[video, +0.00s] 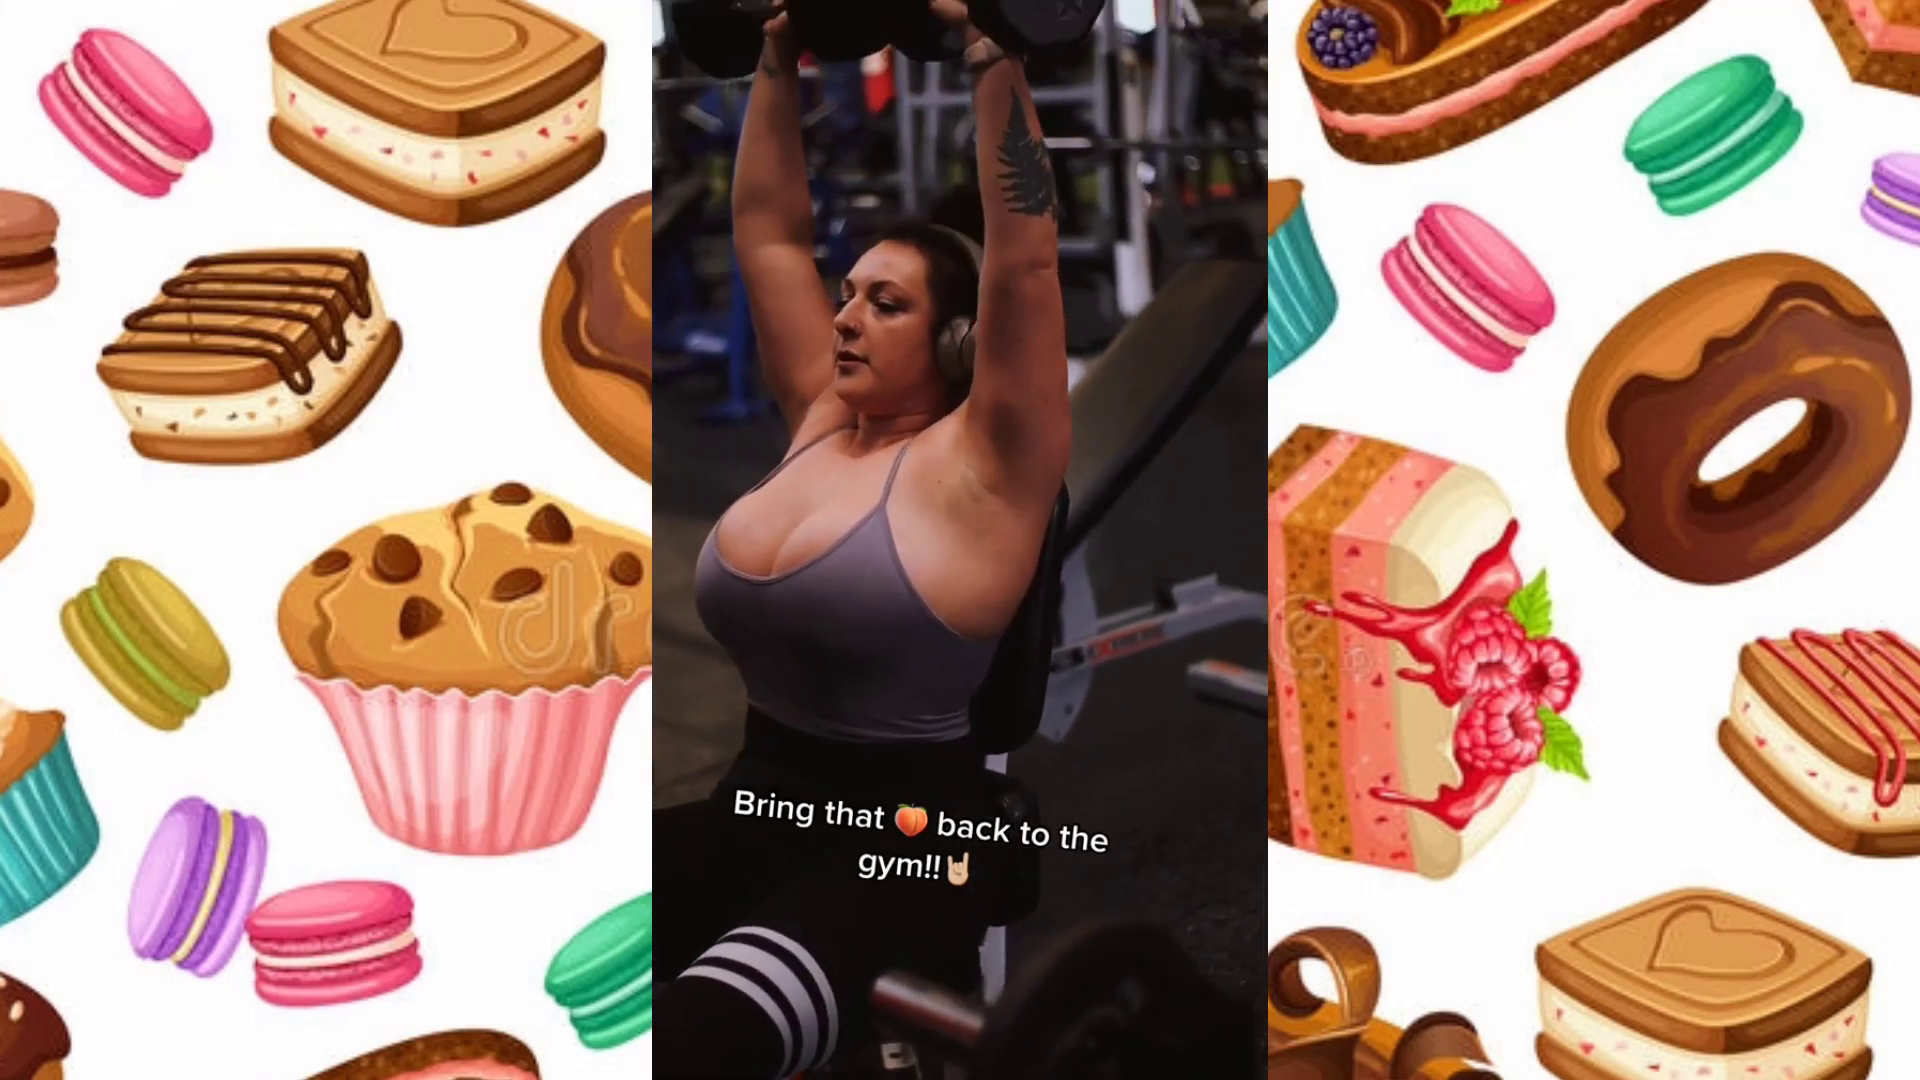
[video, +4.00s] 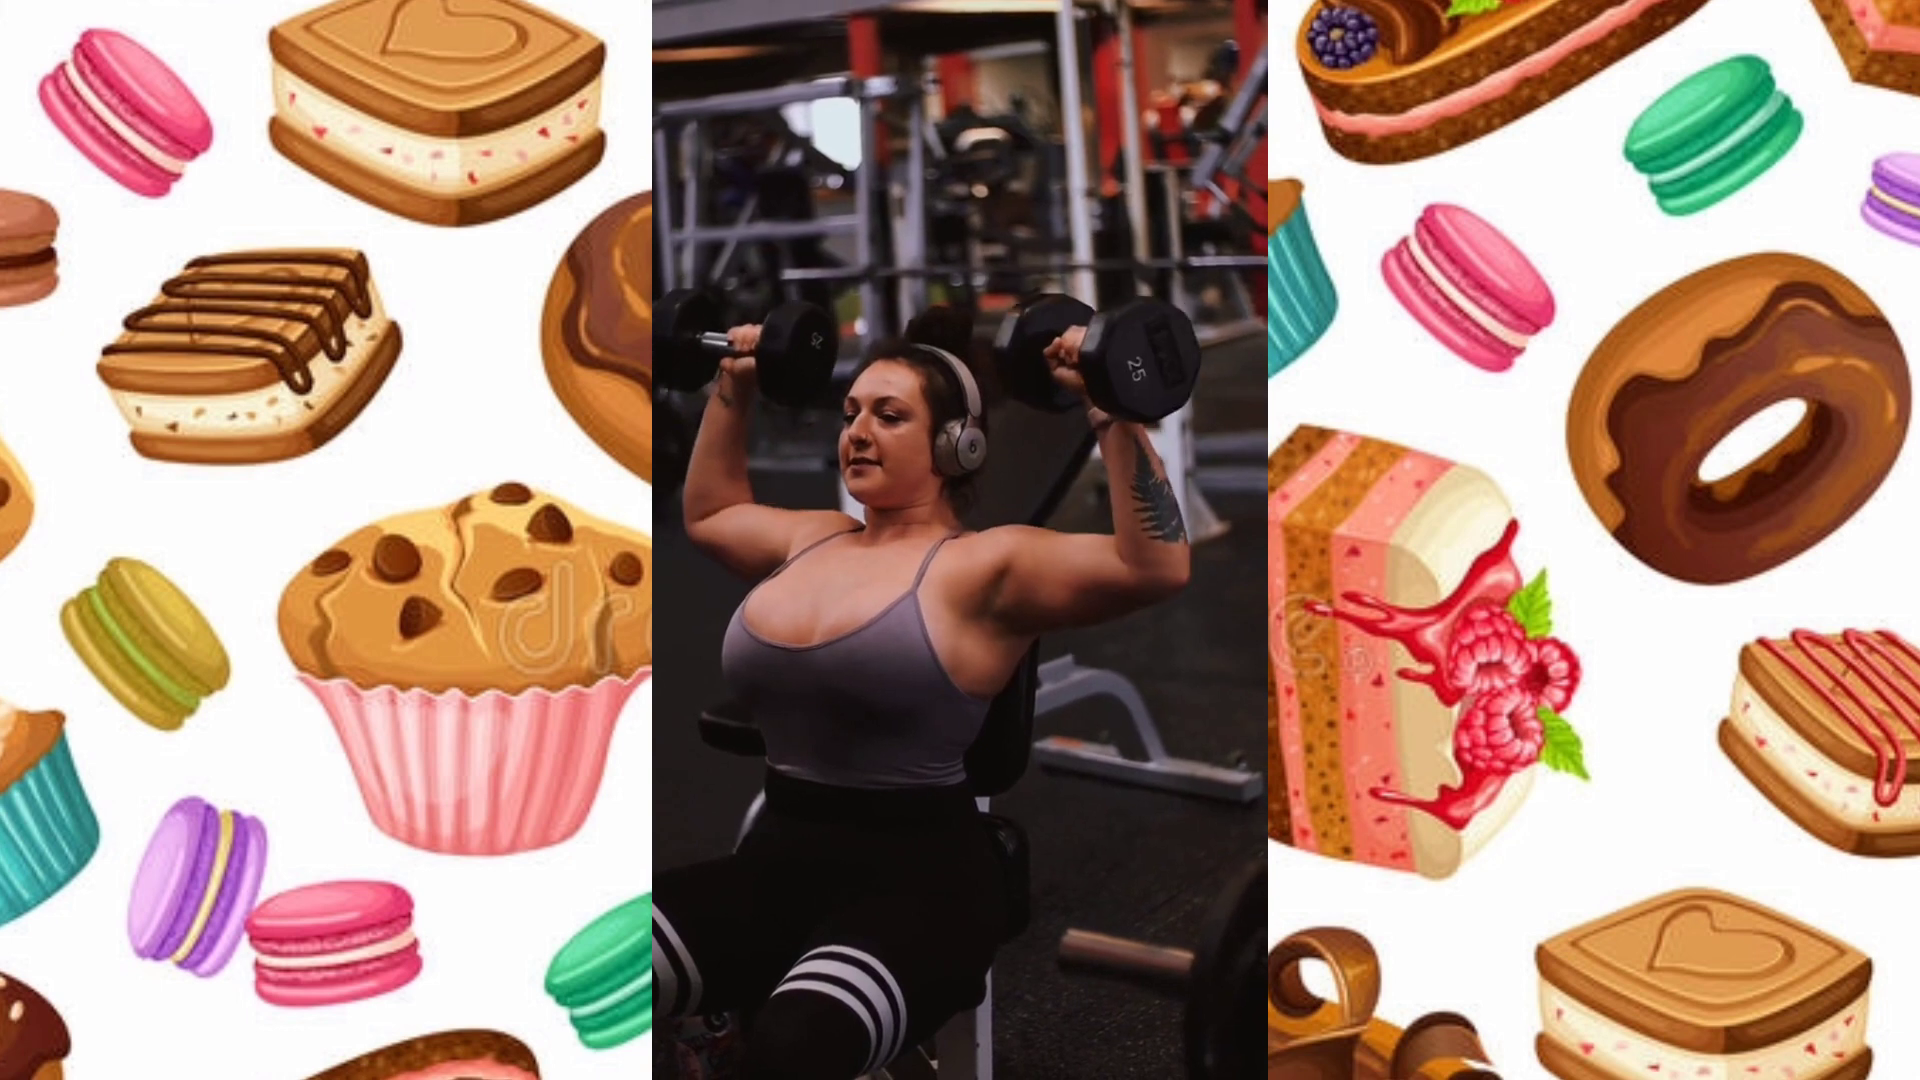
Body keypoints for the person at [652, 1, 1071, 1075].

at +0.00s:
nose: (848, 318)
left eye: (887, 303)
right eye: (851, 295)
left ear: (958, 340)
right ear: (838, 314)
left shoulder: (992, 460)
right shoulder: (826, 418)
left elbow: (1026, 260)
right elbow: (769, 231)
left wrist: (993, 54)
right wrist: (777, 48)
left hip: (897, 849)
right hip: (755, 820)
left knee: (696, 1035)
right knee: (552, 913)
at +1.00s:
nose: (843, 337)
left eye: (879, 320)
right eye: (839, 316)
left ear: (948, 356)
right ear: (824, 335)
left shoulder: (985, 490)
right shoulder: (804, 456)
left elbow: (1172, 558)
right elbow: (692, 472)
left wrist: (1151, 381)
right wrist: (701, 347)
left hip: (903, 831)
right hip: (759, 811)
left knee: (741, 1023)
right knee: (559, 907)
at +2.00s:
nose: (885, 400)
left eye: (919, 386)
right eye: (884, 383)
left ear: (979, 421)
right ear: (871, 405)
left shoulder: (1009, 523)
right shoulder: (842, 490)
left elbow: (1080, 364)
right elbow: (769, 349)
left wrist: (1036, 201)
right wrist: (773, 201)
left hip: (945, 849)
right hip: (808, 832)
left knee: (810, 1028)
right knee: (605, 945)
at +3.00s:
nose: (901, 447)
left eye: (933, 433)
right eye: (896, 430)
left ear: (989, 462)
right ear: (881, 451)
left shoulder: (1022, 566)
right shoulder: (861, 538)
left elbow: (1048, 398)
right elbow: (819, 381)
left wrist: (1017, 231)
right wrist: (829, 221)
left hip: (956, 896)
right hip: (822, 879)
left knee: (841, 1049)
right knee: (612, 984)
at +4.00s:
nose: (857, 433)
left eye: (889, 416)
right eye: (851, 413)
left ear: (953, 442)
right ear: (840, 431)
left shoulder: (986, 566)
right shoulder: (815, 535)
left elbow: (1157, 567)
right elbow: (708, 512)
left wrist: (1113, 410)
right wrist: (731, 389)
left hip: (922, 880)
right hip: (784, 863)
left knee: (792, 1044)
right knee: (594, 970)